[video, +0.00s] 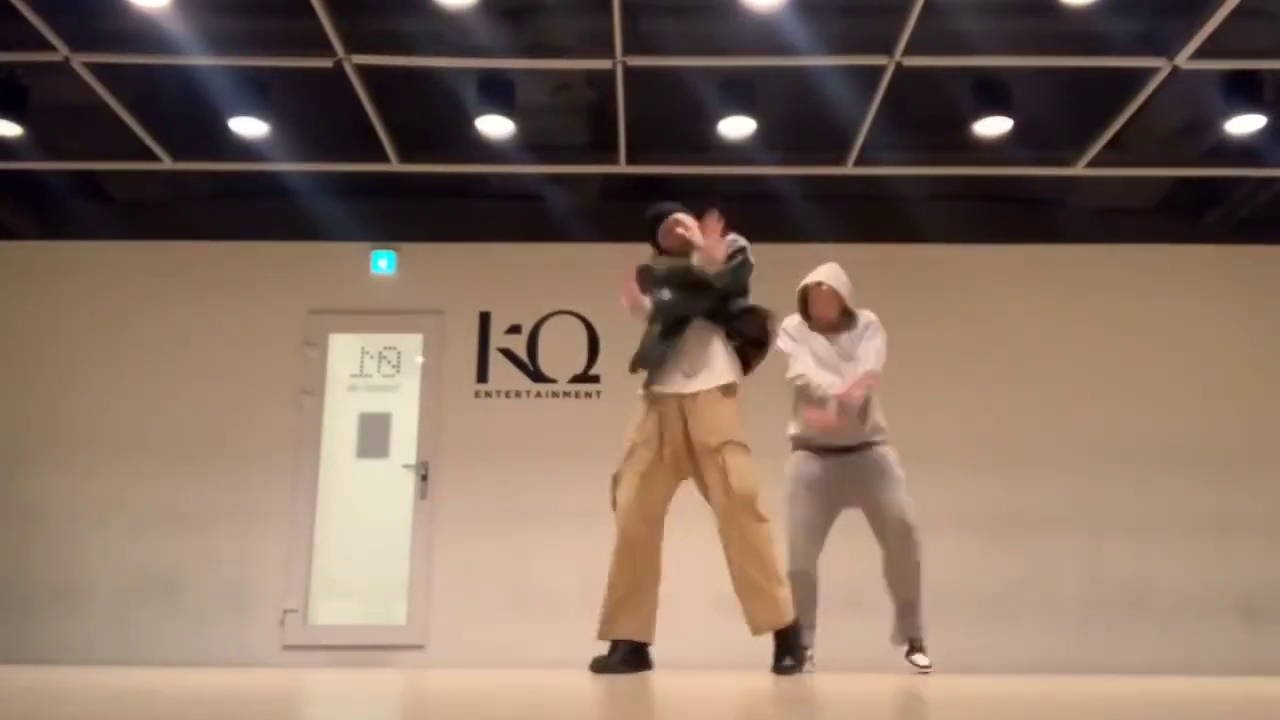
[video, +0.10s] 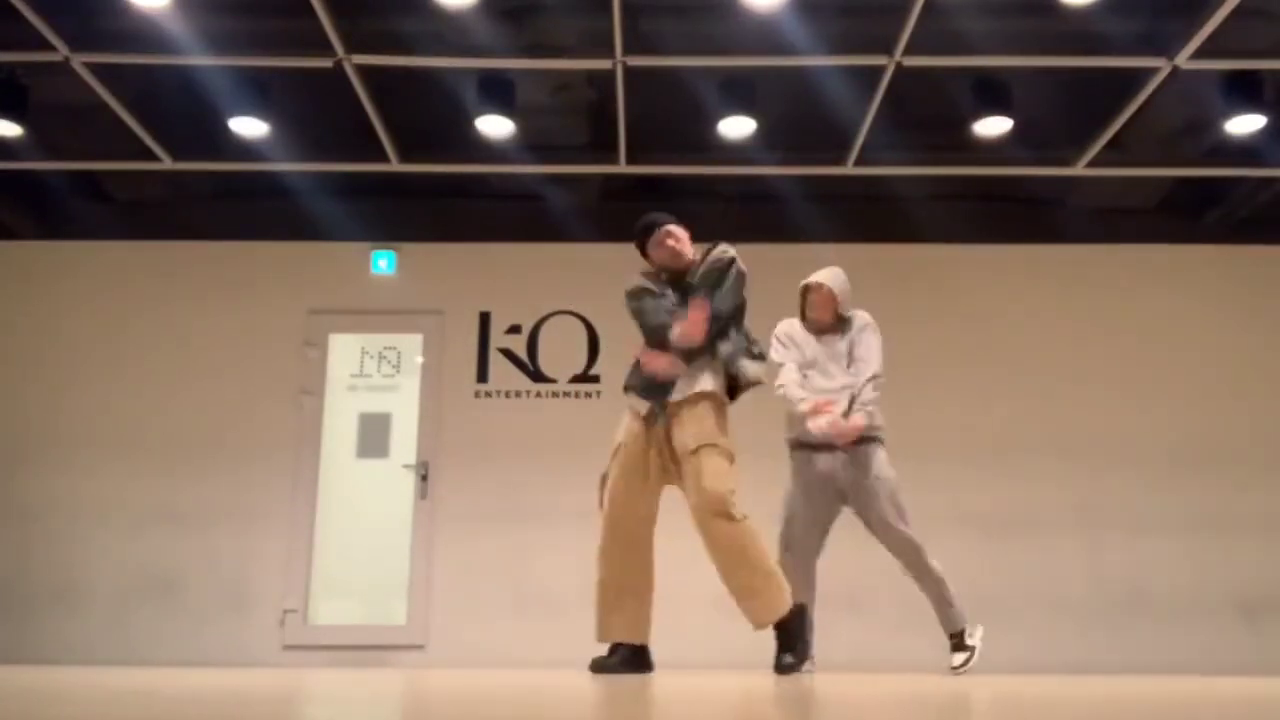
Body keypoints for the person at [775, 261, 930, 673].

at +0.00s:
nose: (819, 301)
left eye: (827, 293)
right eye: (813, 293)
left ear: (843, 298)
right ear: (805, 298)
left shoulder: (867, 325)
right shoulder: (792, 329)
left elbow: (870, 366)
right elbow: (800, 372)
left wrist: (844, 399)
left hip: (869, 454)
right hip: (813, 457)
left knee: (901, 530)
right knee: (800, 554)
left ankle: (913, 637)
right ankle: (801, 644)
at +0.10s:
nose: (812, 301)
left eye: (821, 294)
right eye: (809, 293)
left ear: (839, 301)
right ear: (803, 299)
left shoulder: (861, 325)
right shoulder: (787, 332)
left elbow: (870, 379)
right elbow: (785, 380)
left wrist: (856, 420)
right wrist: (810, 408)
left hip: (861, 453)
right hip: (811, 457)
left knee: (900, 541)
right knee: (795, 552)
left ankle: (958, 632)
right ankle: (798, 646)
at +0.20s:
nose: (826, 300)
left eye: (834, 293)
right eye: (820, 292)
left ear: (846, 297)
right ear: (807, 294)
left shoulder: (860, 325)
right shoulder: (787, 327)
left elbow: (854, 378)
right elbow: (800, 373)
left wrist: (811, 406)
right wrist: (848, 376)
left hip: (865, 446)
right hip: (815, 454)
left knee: (898, 523)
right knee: (800, 552)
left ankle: (954, 629)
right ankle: (799, 646)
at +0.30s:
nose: (839, 287)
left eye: (845, 281)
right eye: (831, 279)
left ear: (852, 289)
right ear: (814, 285)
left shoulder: (864, 324)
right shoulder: (792, 319)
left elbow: (860, 384)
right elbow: (806, 361)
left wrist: (825, 406)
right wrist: (862, 360)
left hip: (868, 443)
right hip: (817, 454)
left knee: (906, 510)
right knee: (808, 553)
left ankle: (932, 627)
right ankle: (799, 644)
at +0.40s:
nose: (838, 281)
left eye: (846, 276)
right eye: (832, 274)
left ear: (858, 288)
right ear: (820, 283)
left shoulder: (876, 331)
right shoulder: (802, 318)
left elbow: (901, 378)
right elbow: (799, 369)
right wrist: (848, 385)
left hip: (872, 448)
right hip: (820, 452)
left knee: (903, 526)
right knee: (813, 552)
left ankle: (916, 638)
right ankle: (800, 644)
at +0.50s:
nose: (857, 282)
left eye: (864, 277)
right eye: (850, 276)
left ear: (876, 287)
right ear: (836, 285)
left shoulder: (895, 335)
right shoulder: (817, 322)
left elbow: (927, 368)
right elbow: (783, 364)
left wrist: (954, 380)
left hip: (882, 456)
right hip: (827, 455)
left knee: (897, 545)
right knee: (811, 551)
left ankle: (906, 647)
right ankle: (799, 645)